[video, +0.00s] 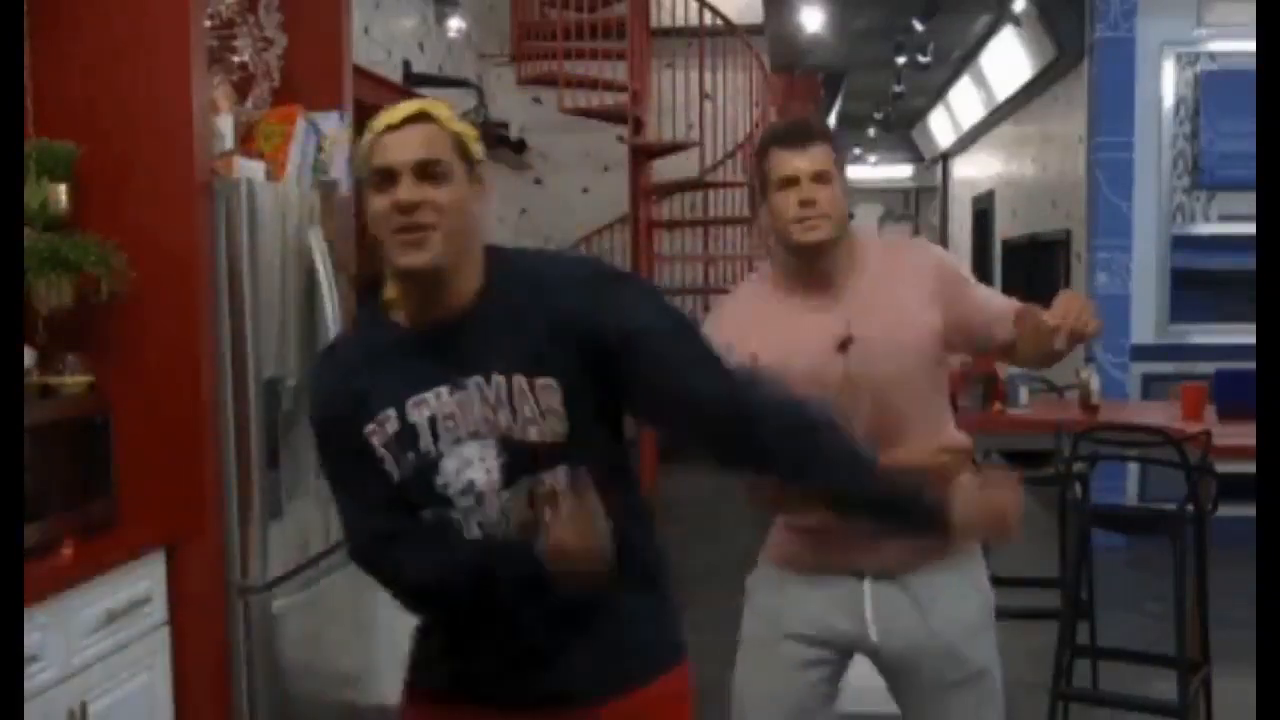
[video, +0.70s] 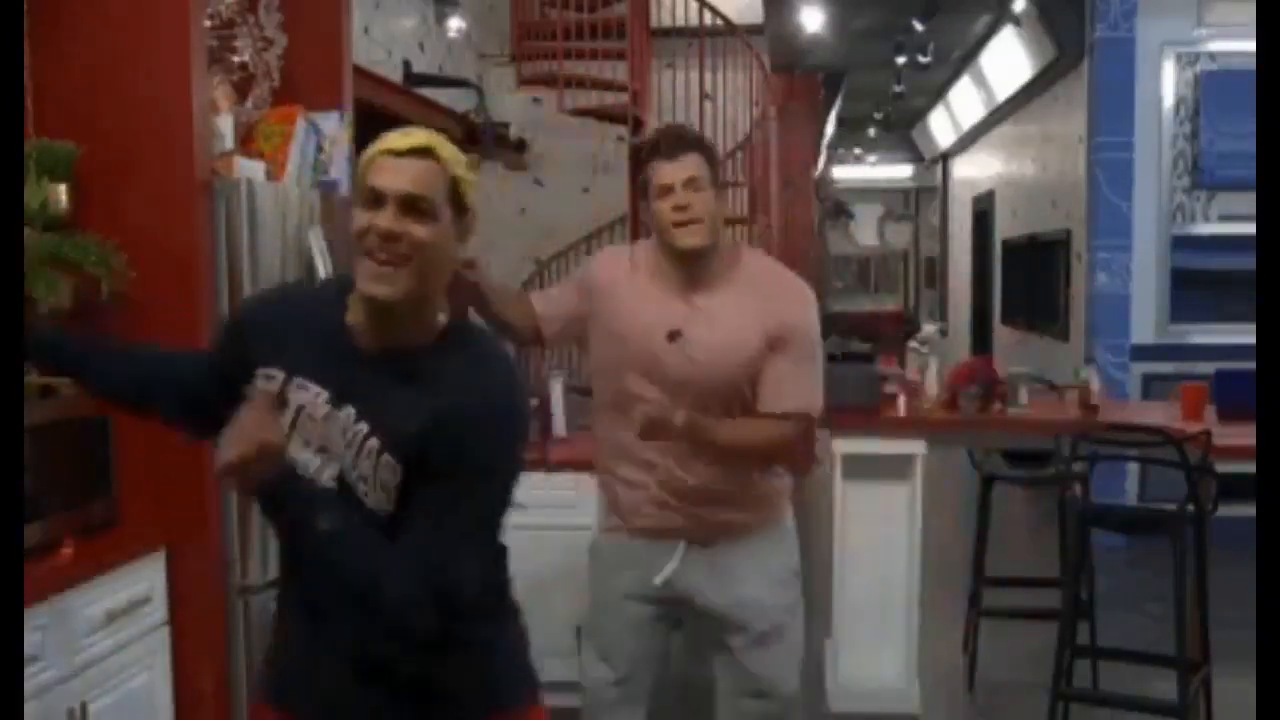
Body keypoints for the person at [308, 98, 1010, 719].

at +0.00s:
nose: (406, 197)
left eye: (431, 174)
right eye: (384, 180)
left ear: (480, 192)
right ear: (363, 208)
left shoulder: (578, 298)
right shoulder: (346, 376)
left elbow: (729, 410)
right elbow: (388, 549)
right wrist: (527, 555)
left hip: (619, 675)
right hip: (460, 684)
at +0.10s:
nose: (454, 210)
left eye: (480, 188)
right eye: (431, 191)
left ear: (525, 207)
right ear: (408, 216)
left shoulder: (608, 340)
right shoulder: (373, 372)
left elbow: (743, 493)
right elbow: (420, 556)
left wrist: (912, 651)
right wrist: (545, 665)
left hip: (640, 670)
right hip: (479, 673)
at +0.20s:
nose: (535, 227)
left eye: (564, 208)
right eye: (515, 205)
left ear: (605, 228)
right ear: (492, 225)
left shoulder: (655, 390)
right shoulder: (430, 366)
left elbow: (683, 612)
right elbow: (411, 572)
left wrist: (679, 710)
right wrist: (386, 705)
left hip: (615, 689)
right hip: (478, 682)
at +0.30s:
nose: (550, 204)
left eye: (580, 186)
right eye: (532, 181)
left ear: (617, 210)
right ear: (505, 197)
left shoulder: (658, 375)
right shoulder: (431, 334)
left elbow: (644, 593)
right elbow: (392, 500)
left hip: (619, 678)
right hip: (472, 664)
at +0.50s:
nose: (493, 192)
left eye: (523, 177)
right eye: (478, 168)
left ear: (565, 203)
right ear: (452, 182)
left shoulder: (582, 363)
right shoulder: (374, 292)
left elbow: (528, 574)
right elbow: (294, 373)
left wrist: (327, 505)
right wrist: (117, 352)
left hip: (551, 683)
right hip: (400, 665)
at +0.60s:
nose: (418, 235)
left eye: (449, 222)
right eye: (405, 212)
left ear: (492, 249)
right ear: (383, 226)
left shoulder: (505, 406)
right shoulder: (318, 327)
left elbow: (436, 603)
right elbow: (234, 380)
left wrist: (327, 476)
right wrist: (62, 304)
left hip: (482, 688)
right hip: (344, 673)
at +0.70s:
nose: (384, 227)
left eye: (416, 212)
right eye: (371, 203)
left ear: (460, 237)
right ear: (350, 215)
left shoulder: (485, 387)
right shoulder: (284, 322)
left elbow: (426, 588)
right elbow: (206, 396)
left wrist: (281, 482)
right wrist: (43, 345)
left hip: (462, 687)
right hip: (316, 671)